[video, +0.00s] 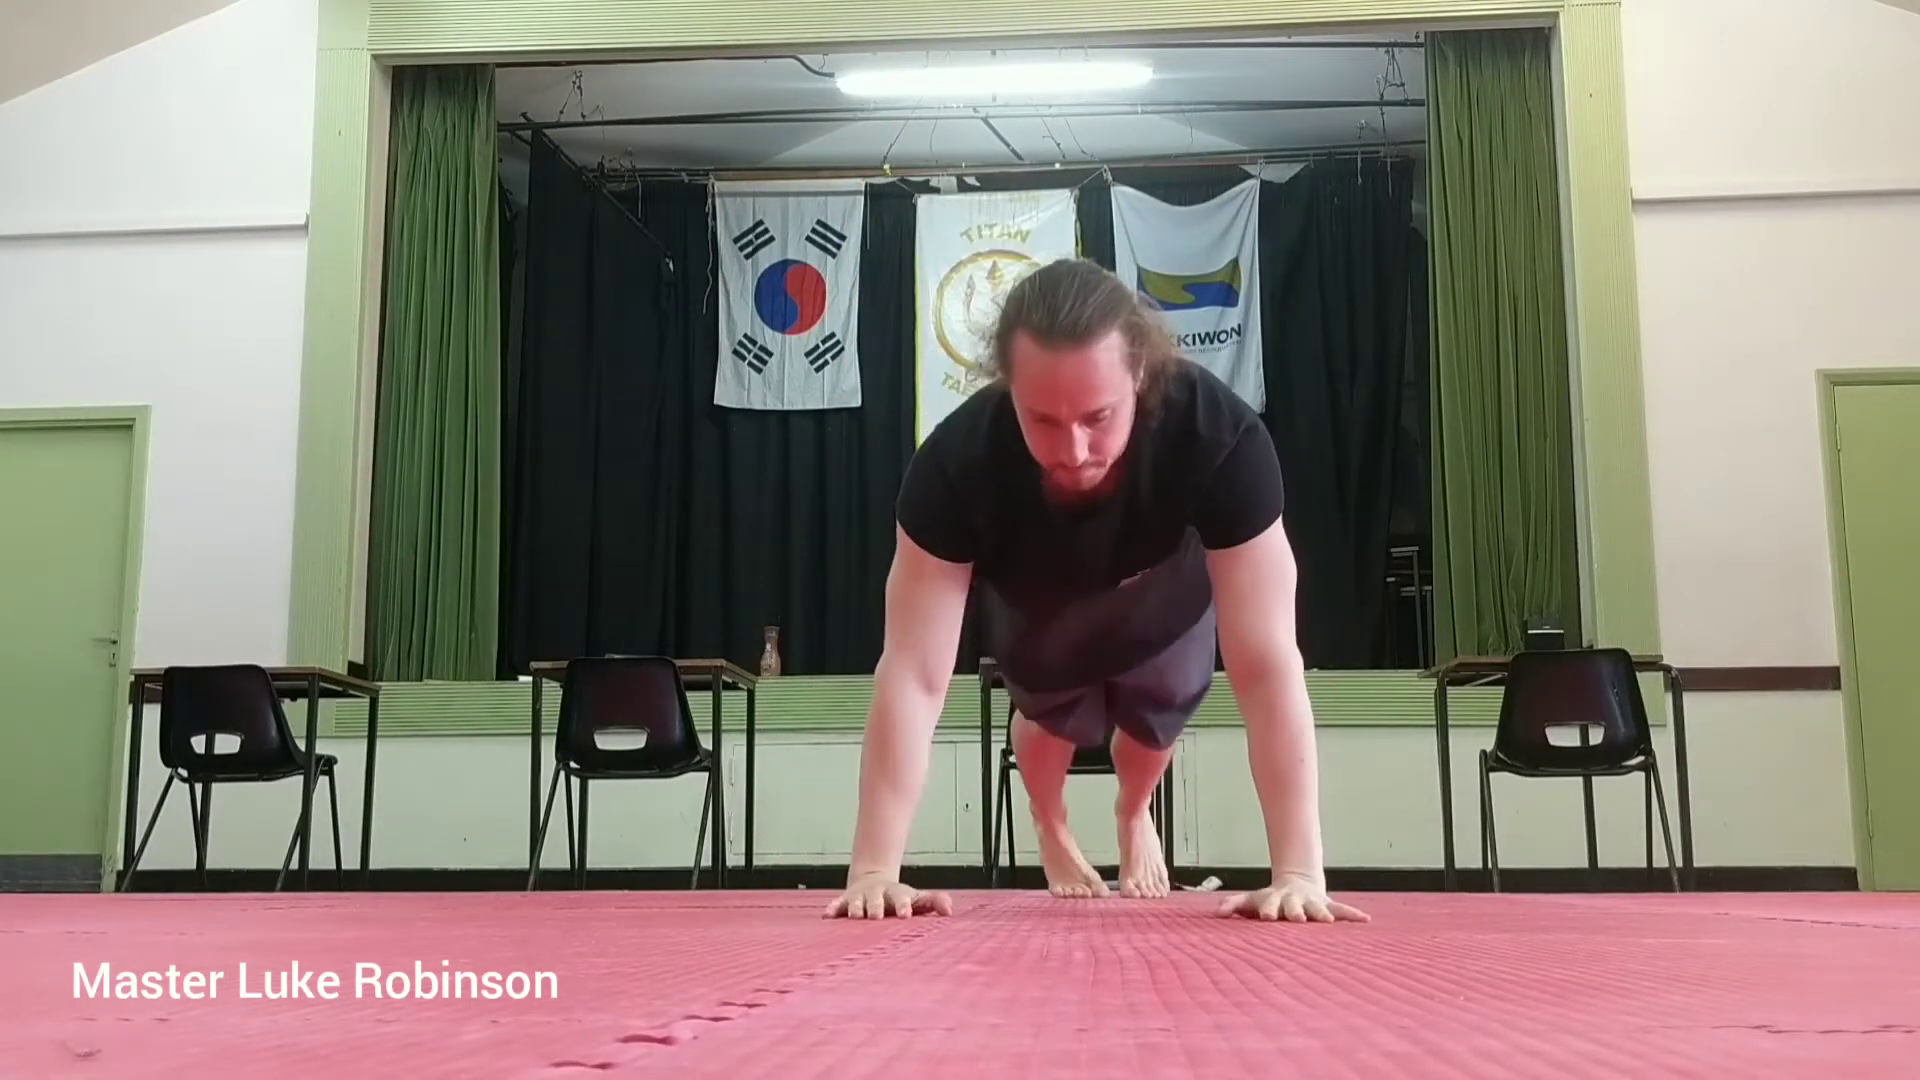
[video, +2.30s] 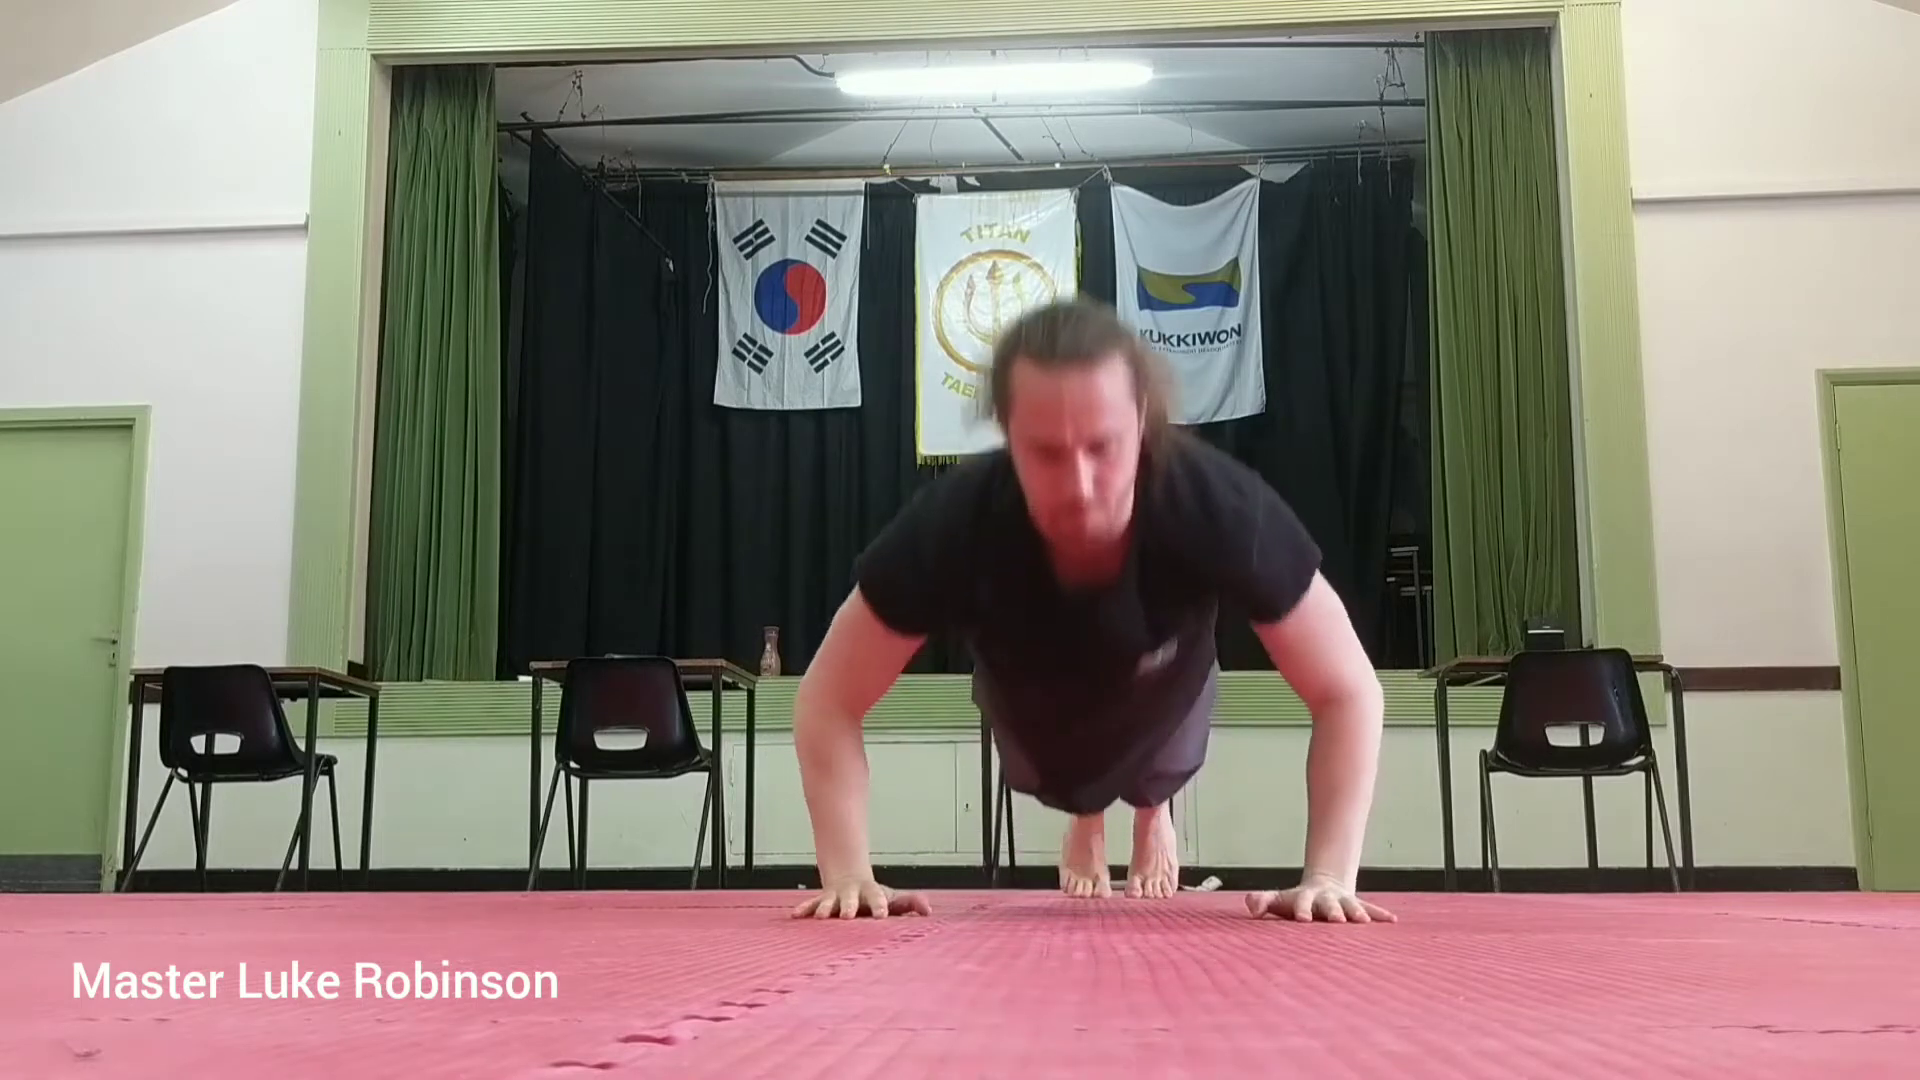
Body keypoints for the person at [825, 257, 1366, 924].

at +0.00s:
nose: (1075, 451)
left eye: (1099, 419)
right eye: (1046, 423)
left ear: (1140, 379)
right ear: (1010, 389)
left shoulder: (1219, 443)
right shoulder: (957, 466)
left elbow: (1266, 666)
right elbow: (913, 674)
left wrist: (1298, 873)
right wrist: (874, 870)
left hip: (1167, 617)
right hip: (1040, 627)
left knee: (1155, 725)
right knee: (1050, 724)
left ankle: (1136, 817)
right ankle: (1052, 829)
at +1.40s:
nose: (1078, 469)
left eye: (1102, 435)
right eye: (1050, 441)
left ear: (1145, 403)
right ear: (1008, 416)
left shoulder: (1226, 481)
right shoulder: (955, 492)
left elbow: (1325, 688)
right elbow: (868, 688)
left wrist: (1331, 875)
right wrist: (850, 876)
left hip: (1165, 669)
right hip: (1032, 678)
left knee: (1152, 760)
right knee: (1066, 767)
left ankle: (1144, 813)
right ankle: (1087, 817)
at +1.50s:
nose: (1082, 617)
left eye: (1103, 582)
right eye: (1051, 587)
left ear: (1147, 544)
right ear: (1010, 557)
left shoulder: (1228, 571)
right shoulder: (958, 591)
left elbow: (1356, 713)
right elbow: (822, 721)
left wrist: (1334, 870)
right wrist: (846, 874)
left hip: (1164, 751)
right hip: (1042, 767)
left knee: (1156, 789)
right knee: (1071, 808)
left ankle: (1148, 829)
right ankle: (1082, 840)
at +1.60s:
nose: (1076, 702)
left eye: (1101, 669)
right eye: (1048, 674)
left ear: (1149, 629)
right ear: (1003, 642)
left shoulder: (1236, 643)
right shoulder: (948, 664)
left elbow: (1375, 715)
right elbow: (808, 723)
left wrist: (1336, 875)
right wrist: (844, 875)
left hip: (1165, 789)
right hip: (1031, 802)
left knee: (1153, 820)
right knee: (1060, 836)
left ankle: (1150, 850)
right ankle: (1079, 858)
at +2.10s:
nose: (1077, 655)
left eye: (1102, 620)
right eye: (1045, 624)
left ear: (1147, 596)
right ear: (1001, 605)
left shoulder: (1222, 631)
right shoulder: (948, 645)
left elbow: (1377, 711)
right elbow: (803, 725)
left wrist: (1334, 878)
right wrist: (844, 874)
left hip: (1160, 782)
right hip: (1040, 800)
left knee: (1158, 824)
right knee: (1072, 851)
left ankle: (1151, 855)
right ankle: (1083, 871)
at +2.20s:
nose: (1075, 565)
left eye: (1099, 530)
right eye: (1045, 534)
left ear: (1141, 509)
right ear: (1003, 520)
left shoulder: (1221, 571)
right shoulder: (955, 581)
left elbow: (1363, 707)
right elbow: (809, 719)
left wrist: (1333, 875)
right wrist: (844, 873)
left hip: (1159, 748)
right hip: (1041, 764)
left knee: (1155, 804)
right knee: (1072, 818)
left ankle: (1154, 832)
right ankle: (1081, 851)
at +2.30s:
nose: (1077, 482)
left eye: (1100, 448)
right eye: (1048, 453)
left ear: (1143, 425)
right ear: (1007, 438)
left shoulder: (1220, 512)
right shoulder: (954, 524)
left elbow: (1348, 695)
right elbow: (827, 707)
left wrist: (1329, 875)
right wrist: (846, 872)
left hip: (1162, 713)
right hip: (1037, 720)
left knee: (1155, 774)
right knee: (1070, 779)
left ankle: (1152, 818)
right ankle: (1086, 824)